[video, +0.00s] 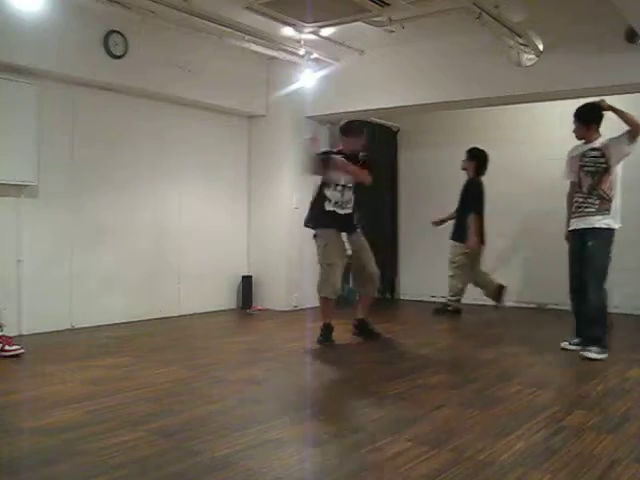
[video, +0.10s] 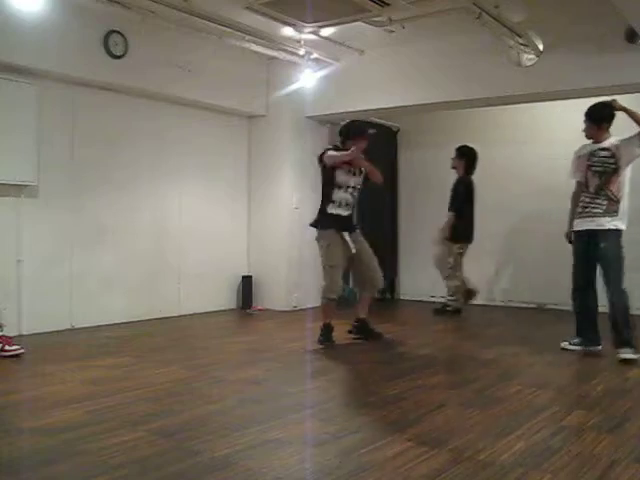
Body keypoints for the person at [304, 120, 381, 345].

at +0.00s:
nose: (362, 146)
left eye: (362, 141)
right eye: (359, 141)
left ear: (360, 141)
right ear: (347, 139)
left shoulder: (360, 161)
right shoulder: (328, 157)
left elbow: (367, 179)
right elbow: (315, 168)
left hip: (349, 222)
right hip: (325, 221)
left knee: (369, 271)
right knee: (332, 269)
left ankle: (361, 321)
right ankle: (326, 326)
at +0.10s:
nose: (364, 146)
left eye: (365, 142)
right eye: (361, 141)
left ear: (364, 144)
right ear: (350, 141)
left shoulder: (361, 163)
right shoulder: (330, 154)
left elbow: (379, 179)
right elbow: (329, 159)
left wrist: (360, 161)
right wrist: (352, 153)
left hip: (351, 228)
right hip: (329, 227)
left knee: (372, 277)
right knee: (333, 281)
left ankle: (361, 322)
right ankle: (326, 328)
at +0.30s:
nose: (358, 141)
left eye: (360, 137)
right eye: (354, 137)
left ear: (359, 138)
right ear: (343, 136)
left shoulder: (358, 160)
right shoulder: (329, 150)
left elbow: (373, 181)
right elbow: (328, 164)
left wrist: (354, 173)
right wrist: (354, 171)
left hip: (351, 227)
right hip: (332, 227)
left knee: (360, 277)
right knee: (337, 278)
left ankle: (358, 324)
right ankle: (309, 324)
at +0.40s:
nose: (354, 137)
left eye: (355, 132)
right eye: (350, 132)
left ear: (353, 133)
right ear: (339, 133)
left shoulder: (355, 157)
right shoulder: (324, 149)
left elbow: (373, 186)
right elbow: (308, 169)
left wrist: (361, 179)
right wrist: (339, 174)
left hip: (350, 226)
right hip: (329, 226)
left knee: (354, 279)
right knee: (331, 278)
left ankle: (355, 324)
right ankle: (308, 325)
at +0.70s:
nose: (331, 135)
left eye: (333, 129)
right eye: (327, 131)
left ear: (335, 129)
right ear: (317, 131)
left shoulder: (345, 155)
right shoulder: (302, 150)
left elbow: (354, 182)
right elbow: (287, 174)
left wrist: (353, 206)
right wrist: (295, 198)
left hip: (336, 226)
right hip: (307, 227)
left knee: (349, 278)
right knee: (303, 276)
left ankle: (350, 325)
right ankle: (300, 326)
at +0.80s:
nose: (320, 139)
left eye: (324, 134)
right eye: (316, 135)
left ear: (329, 134)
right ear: (308, 135)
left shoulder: (340, 165)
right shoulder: (294, 163)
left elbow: (352, 196)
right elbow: (284, 195)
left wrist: (357, 223)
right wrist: (281, 224)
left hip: (333, 235)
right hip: (301, 234)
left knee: (343, 287)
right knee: (287, 284)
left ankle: (349, 327)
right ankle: (294, 328)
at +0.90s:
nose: (316, 142)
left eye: (319, 137)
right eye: (311, 138)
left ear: (325, 136)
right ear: (303, 137)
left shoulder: (334, 168)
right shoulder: (289, 163)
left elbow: (352, 198)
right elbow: (276, 190)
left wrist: (365, 225)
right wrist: (270, 217)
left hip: (324, 237)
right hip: (294, 236)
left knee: (335, 287)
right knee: (278, 283)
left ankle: (348, 327)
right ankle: (294, 328)